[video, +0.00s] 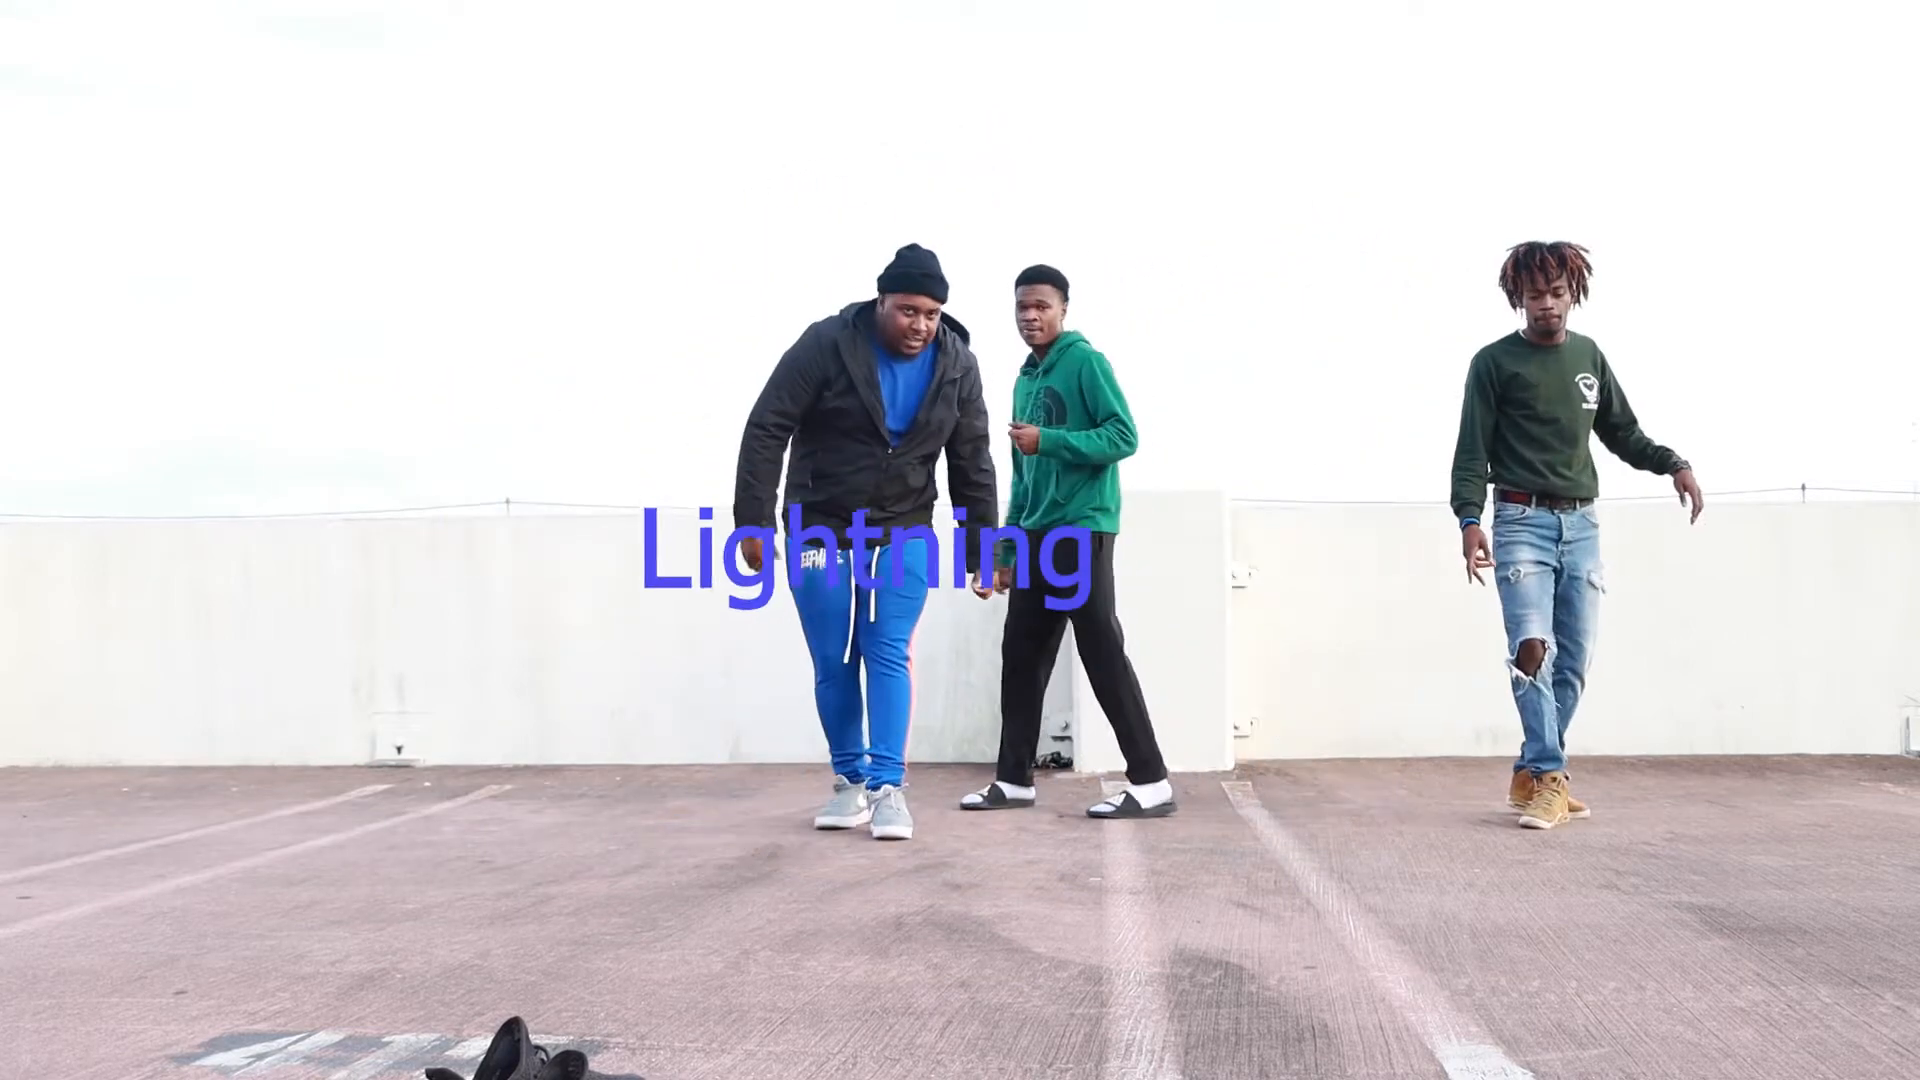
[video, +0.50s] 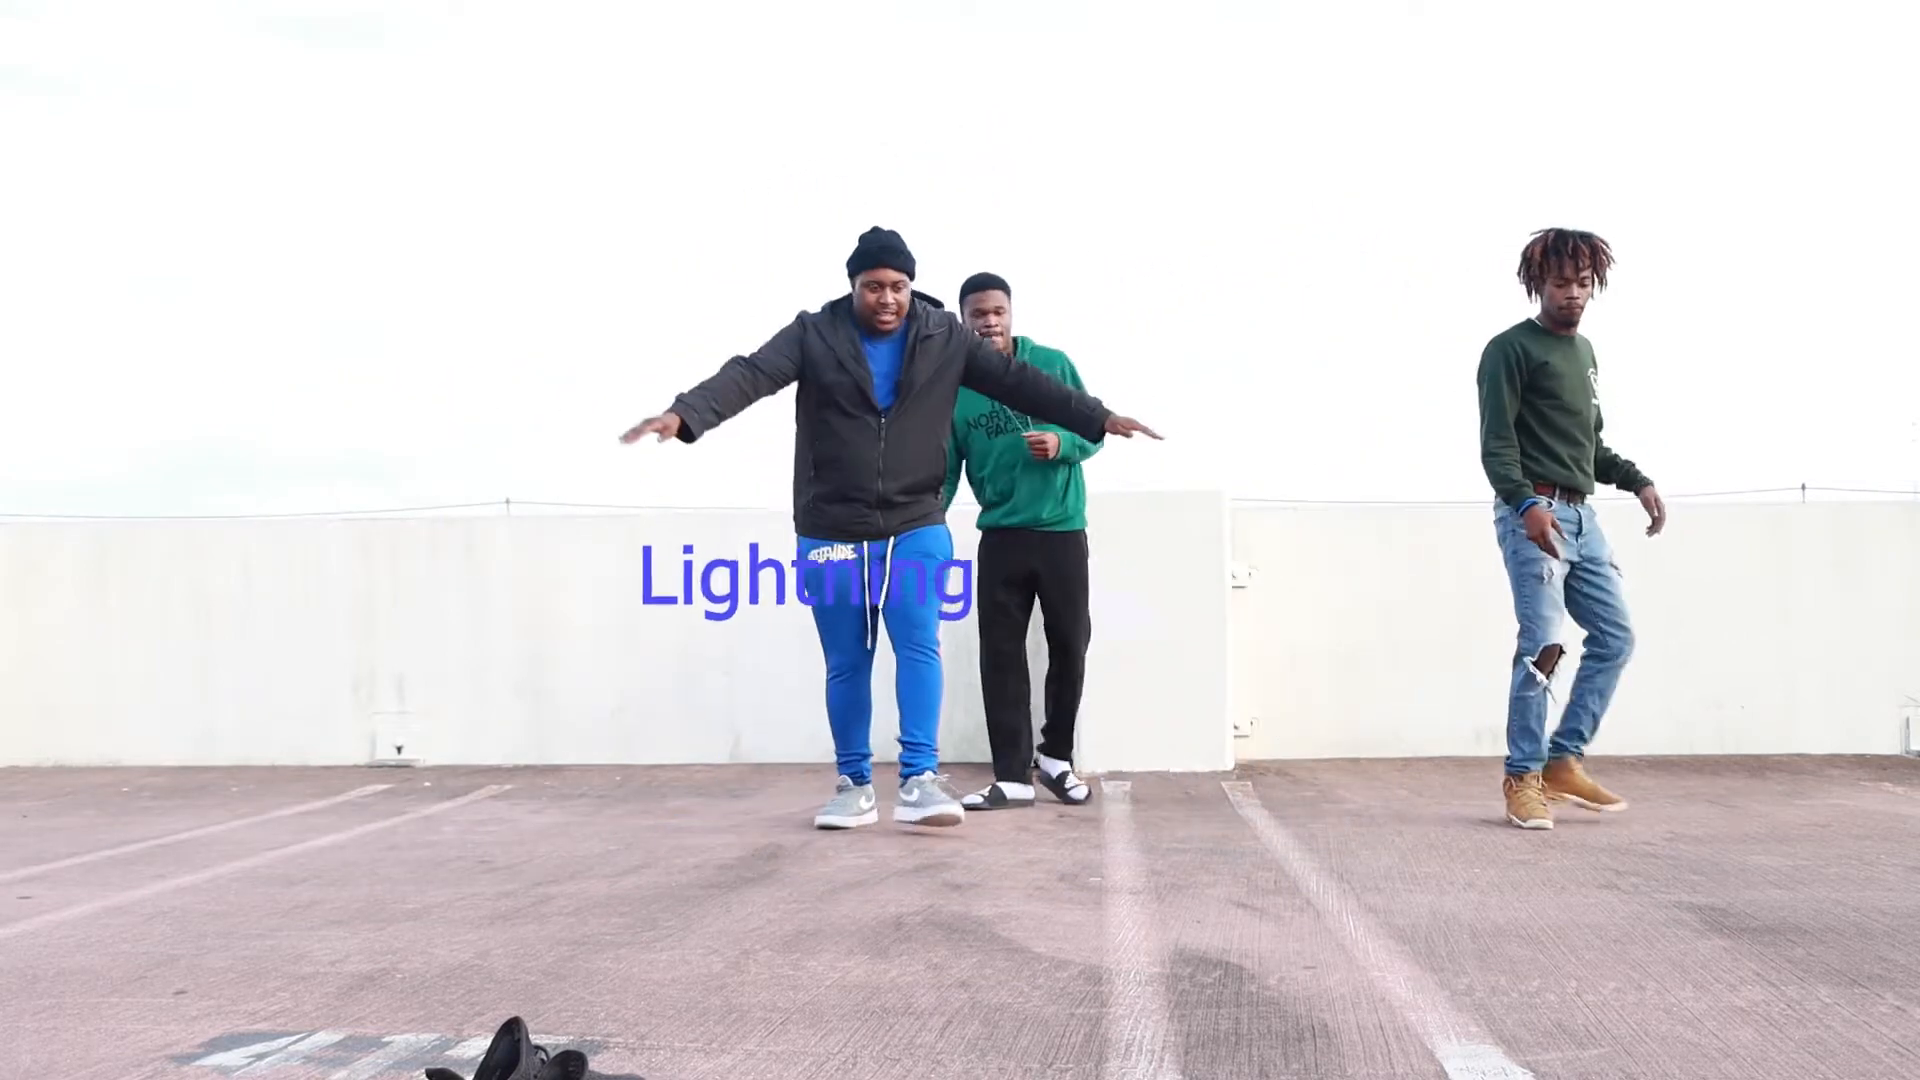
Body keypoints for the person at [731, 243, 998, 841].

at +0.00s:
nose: (921, 326)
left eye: (932, 314)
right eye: (909, 311)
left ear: (942, 311)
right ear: (880, 300)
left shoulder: (955, 360)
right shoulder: (826, 344)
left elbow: (973, 458)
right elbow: (766, 428)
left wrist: (983, 549)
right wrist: (753, 521)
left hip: (902, 521)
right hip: (820, 521)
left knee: (887, 648)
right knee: (832, 659)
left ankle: (887, 789)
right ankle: (850, 782)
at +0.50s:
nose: (884, 299)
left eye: (895, 288)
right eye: (873, 288)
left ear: (911, 285)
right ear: (852, 285)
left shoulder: (944, 335)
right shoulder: (814, 335)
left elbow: (1017, 378)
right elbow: (751, 374)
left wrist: (1095, 415)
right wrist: (689, 413)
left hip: (914, 524)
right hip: (831, 528)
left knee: (917, 642)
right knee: (846, 659)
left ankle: (919, 782)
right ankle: (853, 785)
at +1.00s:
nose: (926, 268)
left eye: (937, 260)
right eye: (914, 257)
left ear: (949, 269)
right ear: (891, 261)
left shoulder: (977, 322)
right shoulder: (845, 312)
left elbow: (1053, 338)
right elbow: (773, 330)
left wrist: (1143, 348)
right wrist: (697, 340)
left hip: (942, 510)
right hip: (853, 506)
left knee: (929, 654)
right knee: (848, 644)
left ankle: (924, 796)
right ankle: (859, 756)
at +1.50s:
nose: (897, 243)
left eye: (904, 235)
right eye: (881, 235)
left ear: (915, 250)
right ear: (852, 254)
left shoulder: (954, 305)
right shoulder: (825, 308)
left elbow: (1035, 305)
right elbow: (758, 337)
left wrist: (1111, 263)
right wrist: (760, 262)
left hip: (940, 506)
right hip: (853, 506)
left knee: (934, 657)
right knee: (864, 653)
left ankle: (925, 797)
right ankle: (852, 804)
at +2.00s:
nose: (907, 274)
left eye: (919, 262)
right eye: (894, 263)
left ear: (940, 260)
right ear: (878, 263)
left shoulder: (977, 315)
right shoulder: (846, 317)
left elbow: (1040, 375)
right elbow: (786, 393)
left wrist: (1067, 351)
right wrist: (787, 356)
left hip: (956, 510)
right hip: (869, 509)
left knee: (942, 661)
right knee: (871, 653)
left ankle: (926, 797)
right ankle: (853, 799)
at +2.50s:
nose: (916, 278)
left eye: (925, 266)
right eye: (901, 268)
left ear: (939, 262)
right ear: (878, 269)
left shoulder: (972, 314)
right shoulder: (847, 318)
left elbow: (997, 399)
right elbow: (828, 388)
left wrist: (957, 369)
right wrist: (914, 370)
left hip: (950, 513)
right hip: (863, 513)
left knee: (936, 655)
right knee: (867, 655)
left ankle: (925, 793)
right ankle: (862, 773)